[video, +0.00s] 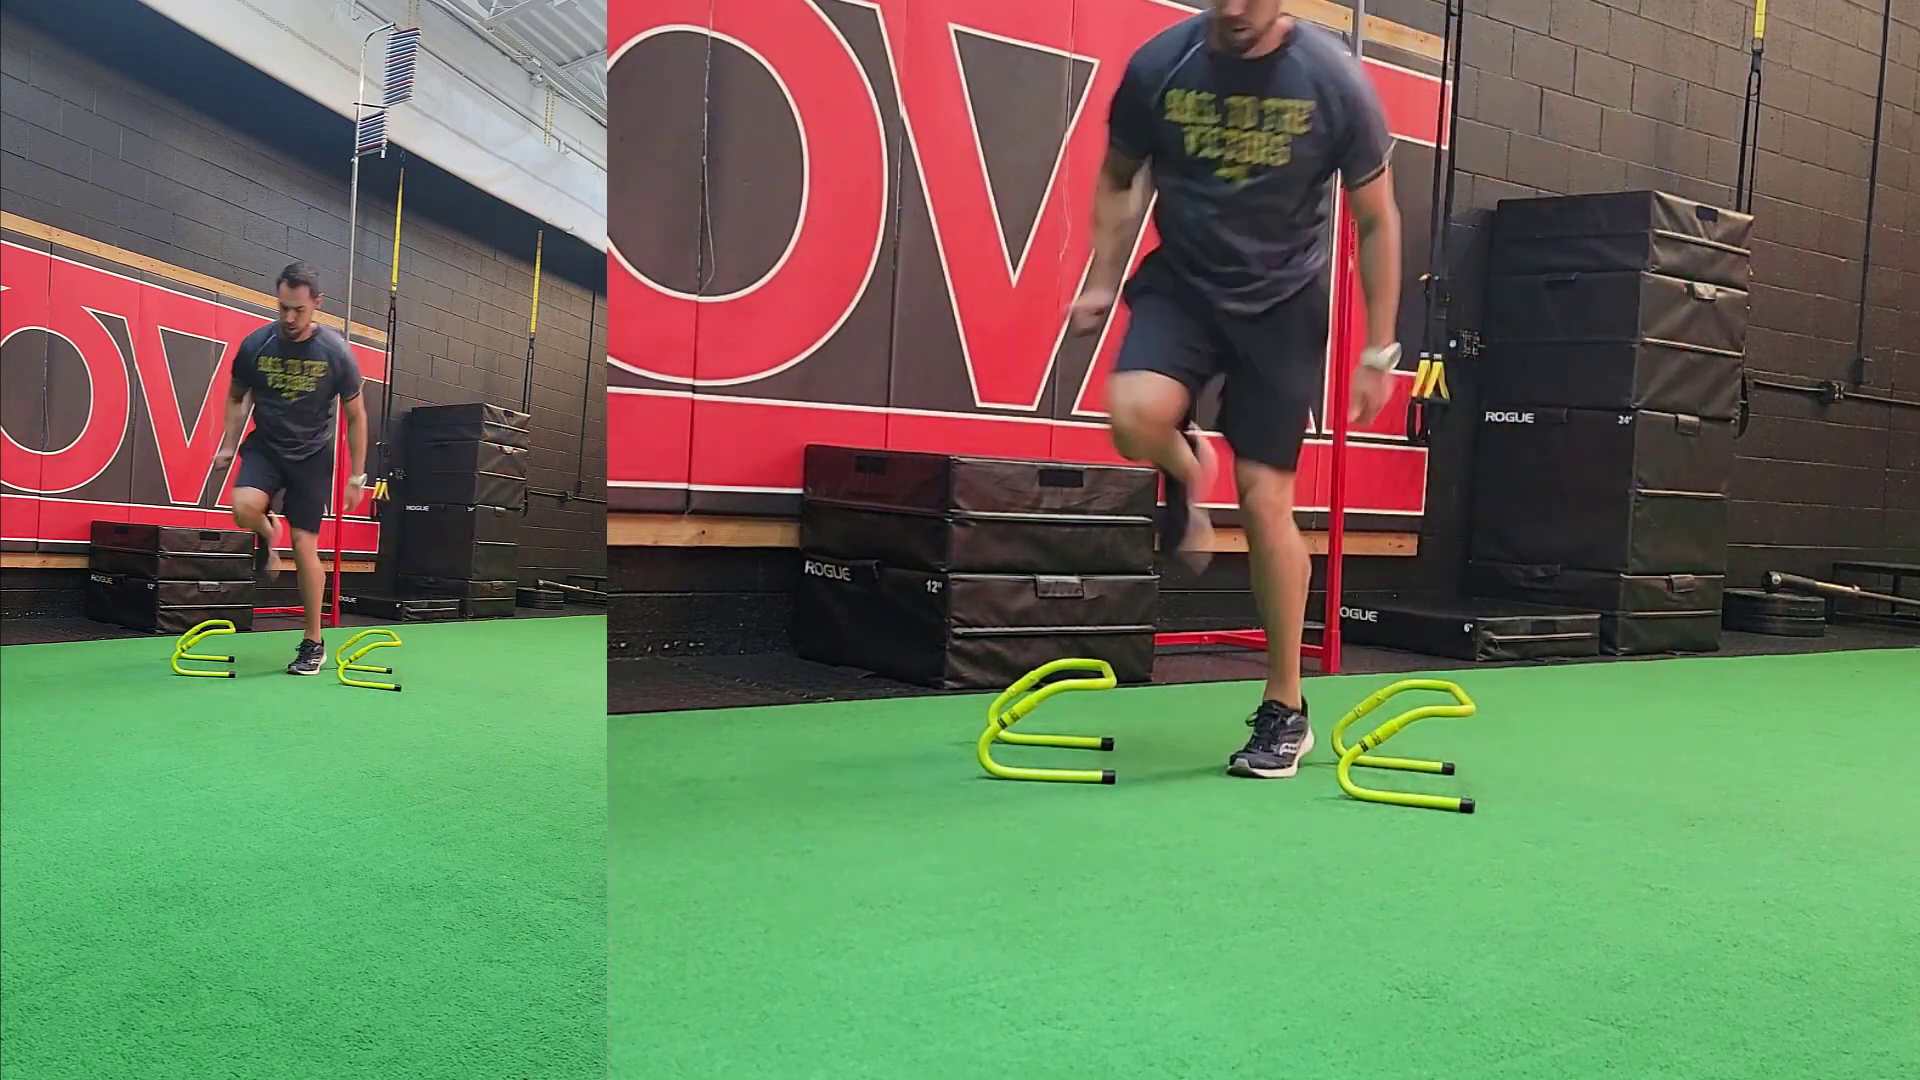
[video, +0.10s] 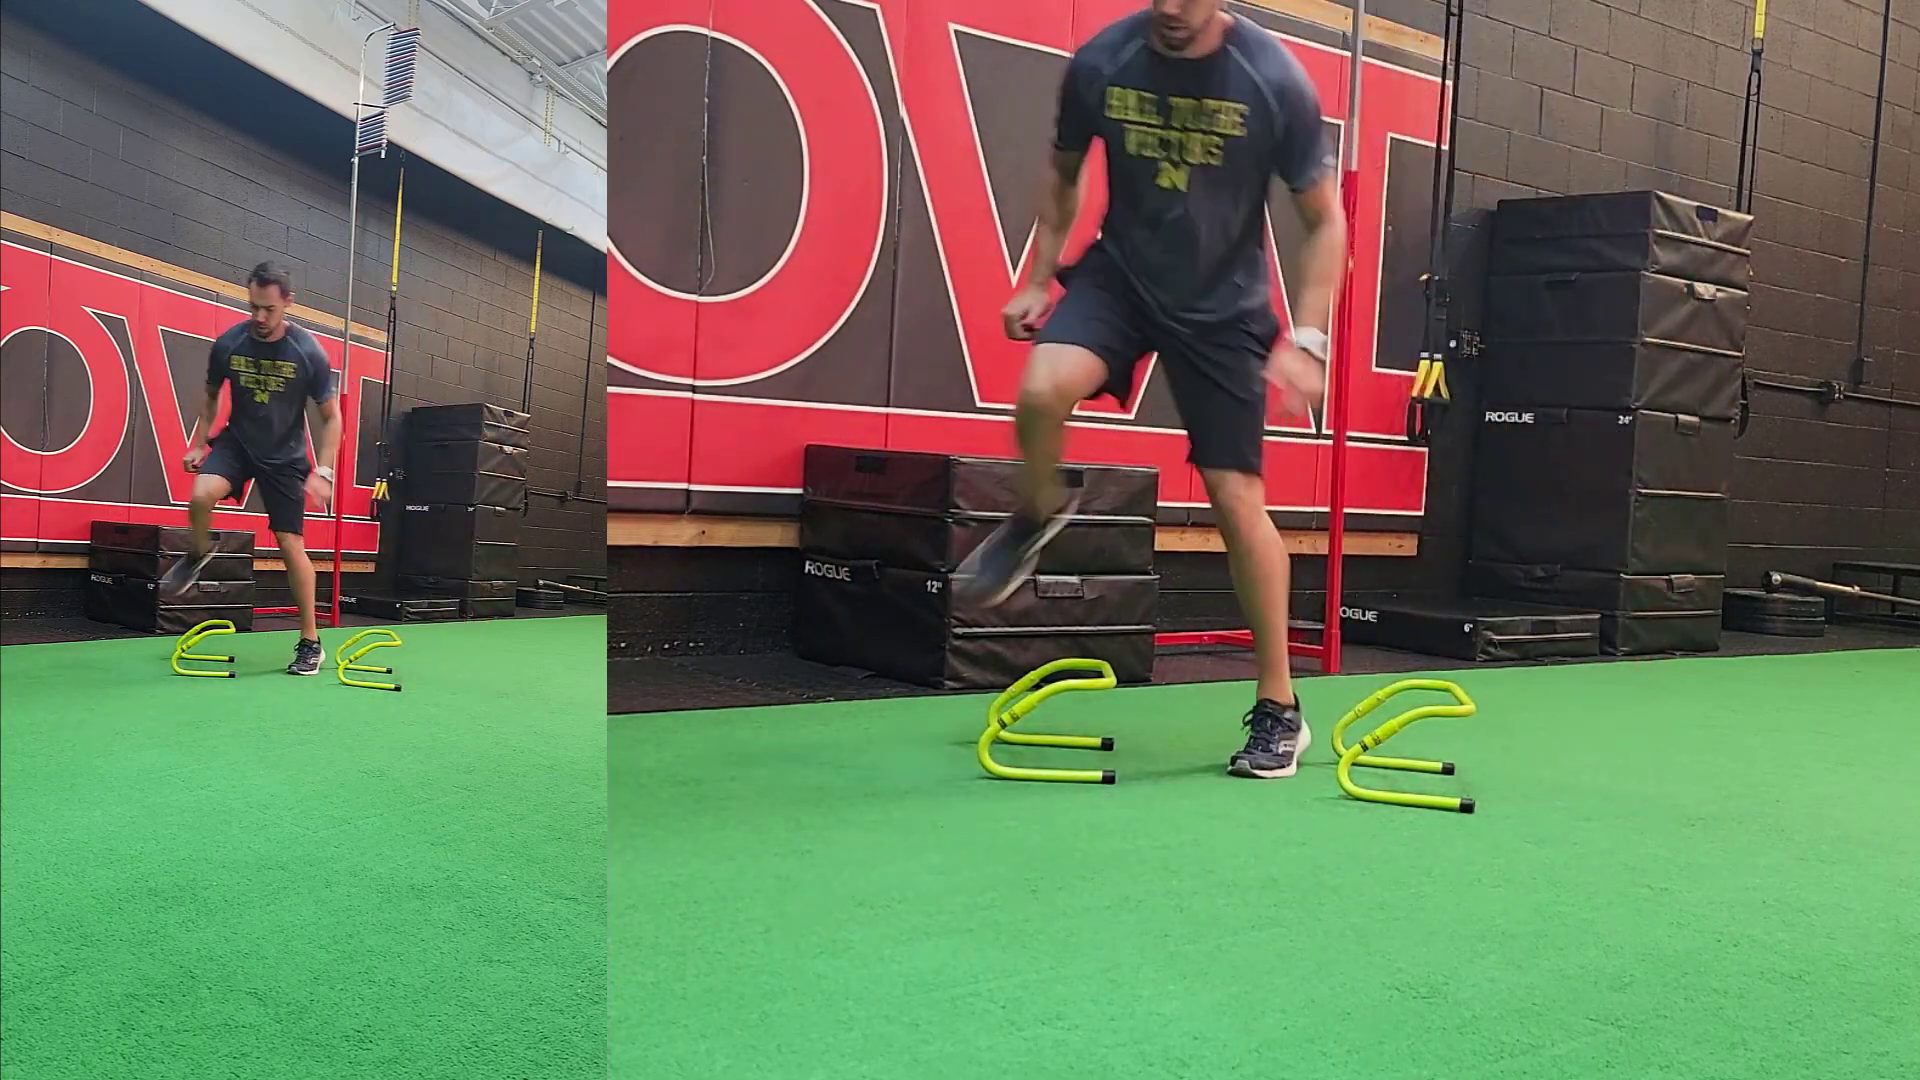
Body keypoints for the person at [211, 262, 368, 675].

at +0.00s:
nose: (290, 318)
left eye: (298, 309)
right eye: (284, 308)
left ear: (317, 305)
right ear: (277, 302)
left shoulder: (337, 354)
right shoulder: (255, 345)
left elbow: (356, 414)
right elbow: (237, 397)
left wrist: (358, 473)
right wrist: (227, 445)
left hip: (312, 456)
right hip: (264, 449)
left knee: (303, 544)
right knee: (243, 506)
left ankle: (313, 641)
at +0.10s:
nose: (259, 317)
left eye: (268, 308)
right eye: (253, 307)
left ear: (287, 303)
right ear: (247, 302)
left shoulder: (309, 354)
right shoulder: (228, 344)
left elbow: (331, 418)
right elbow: (212, 395)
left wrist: (324, 472)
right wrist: (199, 442)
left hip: (285, 455)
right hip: (237, 444)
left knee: (290, 544)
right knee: (201, 496)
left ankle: (309, 641)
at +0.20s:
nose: (228, 320)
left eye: (237, 311)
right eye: (222, 310)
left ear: (254, 304)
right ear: (213, 301)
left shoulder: (278, 349)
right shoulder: (195, 342)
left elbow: (297, 416)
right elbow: (184, 388)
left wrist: (266, 452)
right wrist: (178, 442)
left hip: (257, 445)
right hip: (206, 440)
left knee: (260, 529)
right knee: (176, 520)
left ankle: (284, 599)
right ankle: (133, 611)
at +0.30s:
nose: (196, 344)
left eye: (205, 335)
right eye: (190, 334)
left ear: (222, 327)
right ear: (182, 325)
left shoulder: (245, 376)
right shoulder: (164, 363)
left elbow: (248, 449)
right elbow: (157, 410)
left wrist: (195, 437)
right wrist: (153, 451)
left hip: (228, 466)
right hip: (178, 462)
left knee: (224, 528)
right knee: (152, 546)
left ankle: (237, 548)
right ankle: (119, 635)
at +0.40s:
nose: (170, 366)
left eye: (178, 358)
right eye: (164, 356)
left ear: (199, 348)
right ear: (158, 346)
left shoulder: (224, 396)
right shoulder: (146, 378)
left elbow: (207, 467)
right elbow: (139, 421)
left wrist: (162, 428)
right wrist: (135, 457)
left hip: (210, 479)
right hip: (161, 474)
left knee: (196, 536)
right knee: (138, 547)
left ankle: (185, 554)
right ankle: (118, 636)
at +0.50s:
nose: (152, 376)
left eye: (160, 368)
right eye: (145, 367)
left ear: (179, 355)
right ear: (137, 356)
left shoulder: (205, 400)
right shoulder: (130, 384)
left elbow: (182, 473)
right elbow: (134, 425)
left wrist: (141, 429)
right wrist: (130, 455)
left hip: (198, 481)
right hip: (150, 476)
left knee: (173, 541)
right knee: (131, 546)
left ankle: (155, 569)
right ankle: (117, 636)